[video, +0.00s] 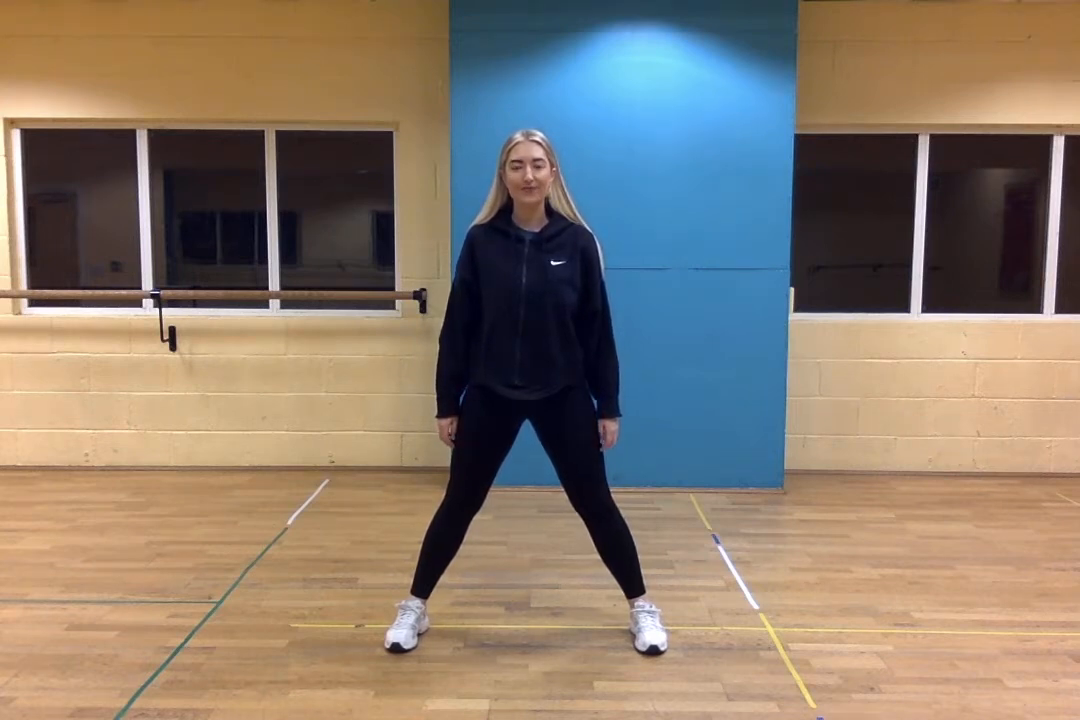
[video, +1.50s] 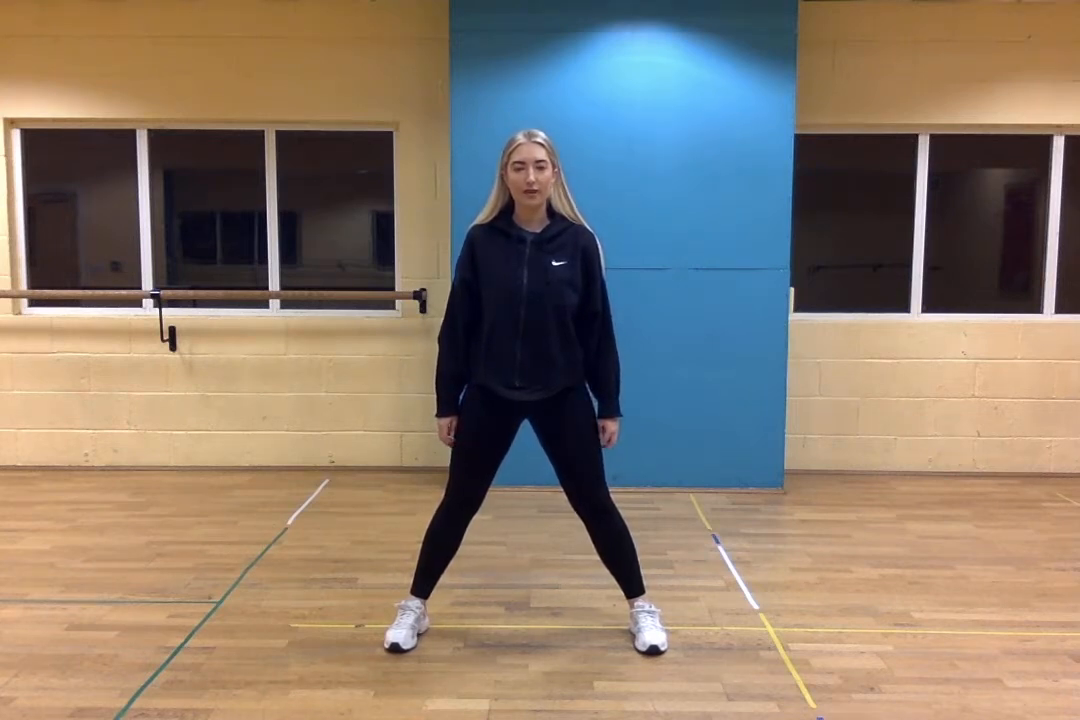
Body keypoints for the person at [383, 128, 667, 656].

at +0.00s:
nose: (528, 173)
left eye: (537, 164)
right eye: (517, 165)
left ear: (553, 172)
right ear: (504, 175)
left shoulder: (578, 240)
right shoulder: (482, 238)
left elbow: (597, 325)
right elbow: (458, 321)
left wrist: (608, 405)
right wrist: (448, 402)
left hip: (563, 394)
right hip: (491, 393)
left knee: (595, 503)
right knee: (460, 501)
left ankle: (641, 607)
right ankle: (414, 606)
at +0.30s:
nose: (528, 173)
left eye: (537, 164)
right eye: (517, 165)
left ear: (552, 172)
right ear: (503, 175)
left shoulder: (578, 239)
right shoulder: (481, 238)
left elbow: (597, 325)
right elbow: (457, 322)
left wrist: (608, 405)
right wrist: (448, 402)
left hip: (563, 394)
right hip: (492, 394)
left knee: (595, 503)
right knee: (459, 501)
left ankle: (641, 607)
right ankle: (413, 606)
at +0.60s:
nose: (529, 174)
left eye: (538, 165)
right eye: (518, 165)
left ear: (553, 173)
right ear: (504, 175)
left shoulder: (578, 240)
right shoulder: (482, 238)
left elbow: (597, 324)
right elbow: (458, 322)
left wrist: (608, 405)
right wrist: (448, 402)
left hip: (563, 394)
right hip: (492, 394)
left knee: (595, 503)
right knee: (460, 501)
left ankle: (641, 607)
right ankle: (414, 606)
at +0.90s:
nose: (529, 174)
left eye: (539, 165)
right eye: (519, 166)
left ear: (553, 173)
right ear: (504, 176)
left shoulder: (579, 240)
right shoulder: (482, 238)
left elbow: (597, 324)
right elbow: (458, 321)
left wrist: (608, 404)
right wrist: (448, 402)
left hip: (562, 394)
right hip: (491, 393)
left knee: (594, 502)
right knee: (460, 500)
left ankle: (641, 607)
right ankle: (414, 606)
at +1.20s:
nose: (530, 174)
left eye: (539, 165)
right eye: (519, 166)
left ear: (554, 174)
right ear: (505, 176)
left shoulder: (579, 240)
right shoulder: (482, 238)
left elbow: (597, 324)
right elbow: (458, 321)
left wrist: (608, 404)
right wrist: (447, 402)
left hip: (561, 394)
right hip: (490, 393)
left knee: (594, 503)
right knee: (459, 500)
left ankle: (641, 607)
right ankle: (414, 606)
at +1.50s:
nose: (531, 175)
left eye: (540, 165)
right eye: (520, 166)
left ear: (554, 174)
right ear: (505, 176)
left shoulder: (579, 240)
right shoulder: (482, 238)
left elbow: (597, 325)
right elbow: (457, 321)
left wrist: (608, 404)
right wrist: (447, 402)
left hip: (561, 394)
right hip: (490, 394)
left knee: (594, 503)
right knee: (459, 501)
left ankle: (641, 607)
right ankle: (414, 606)